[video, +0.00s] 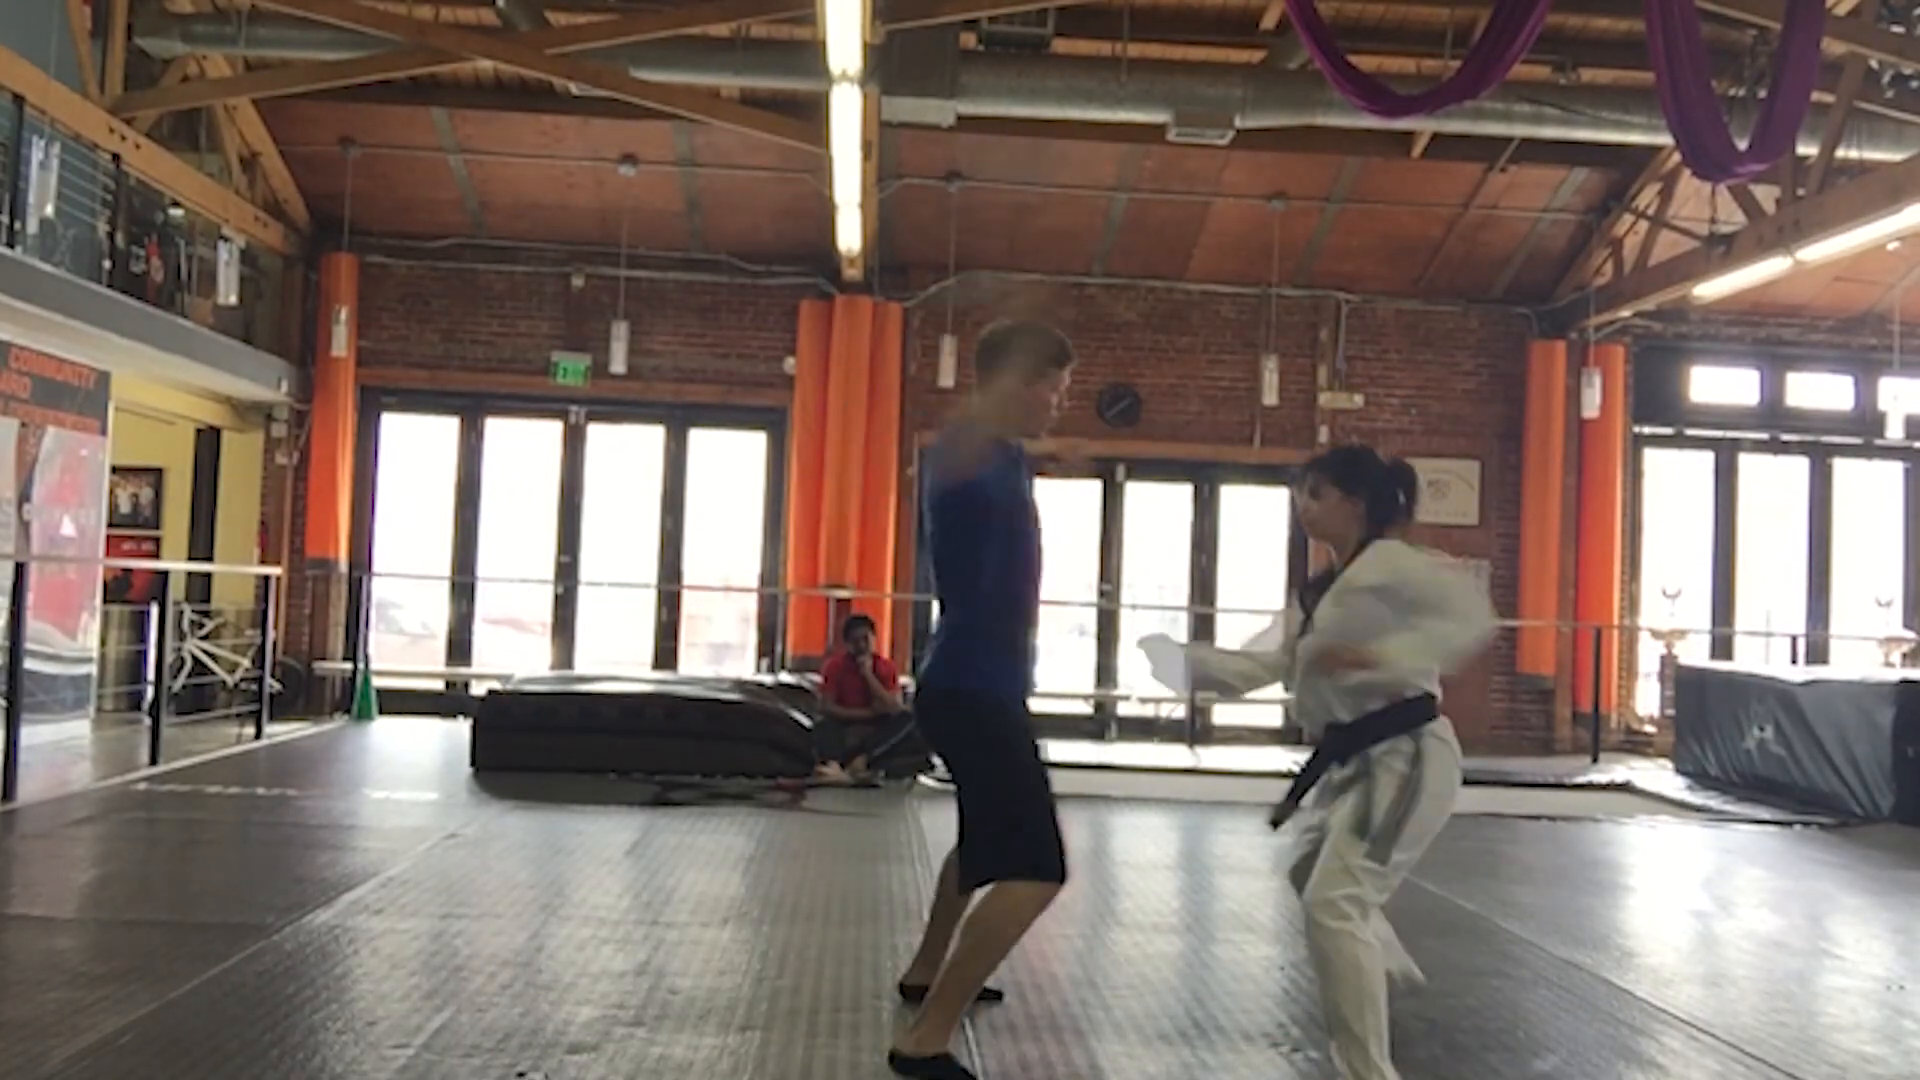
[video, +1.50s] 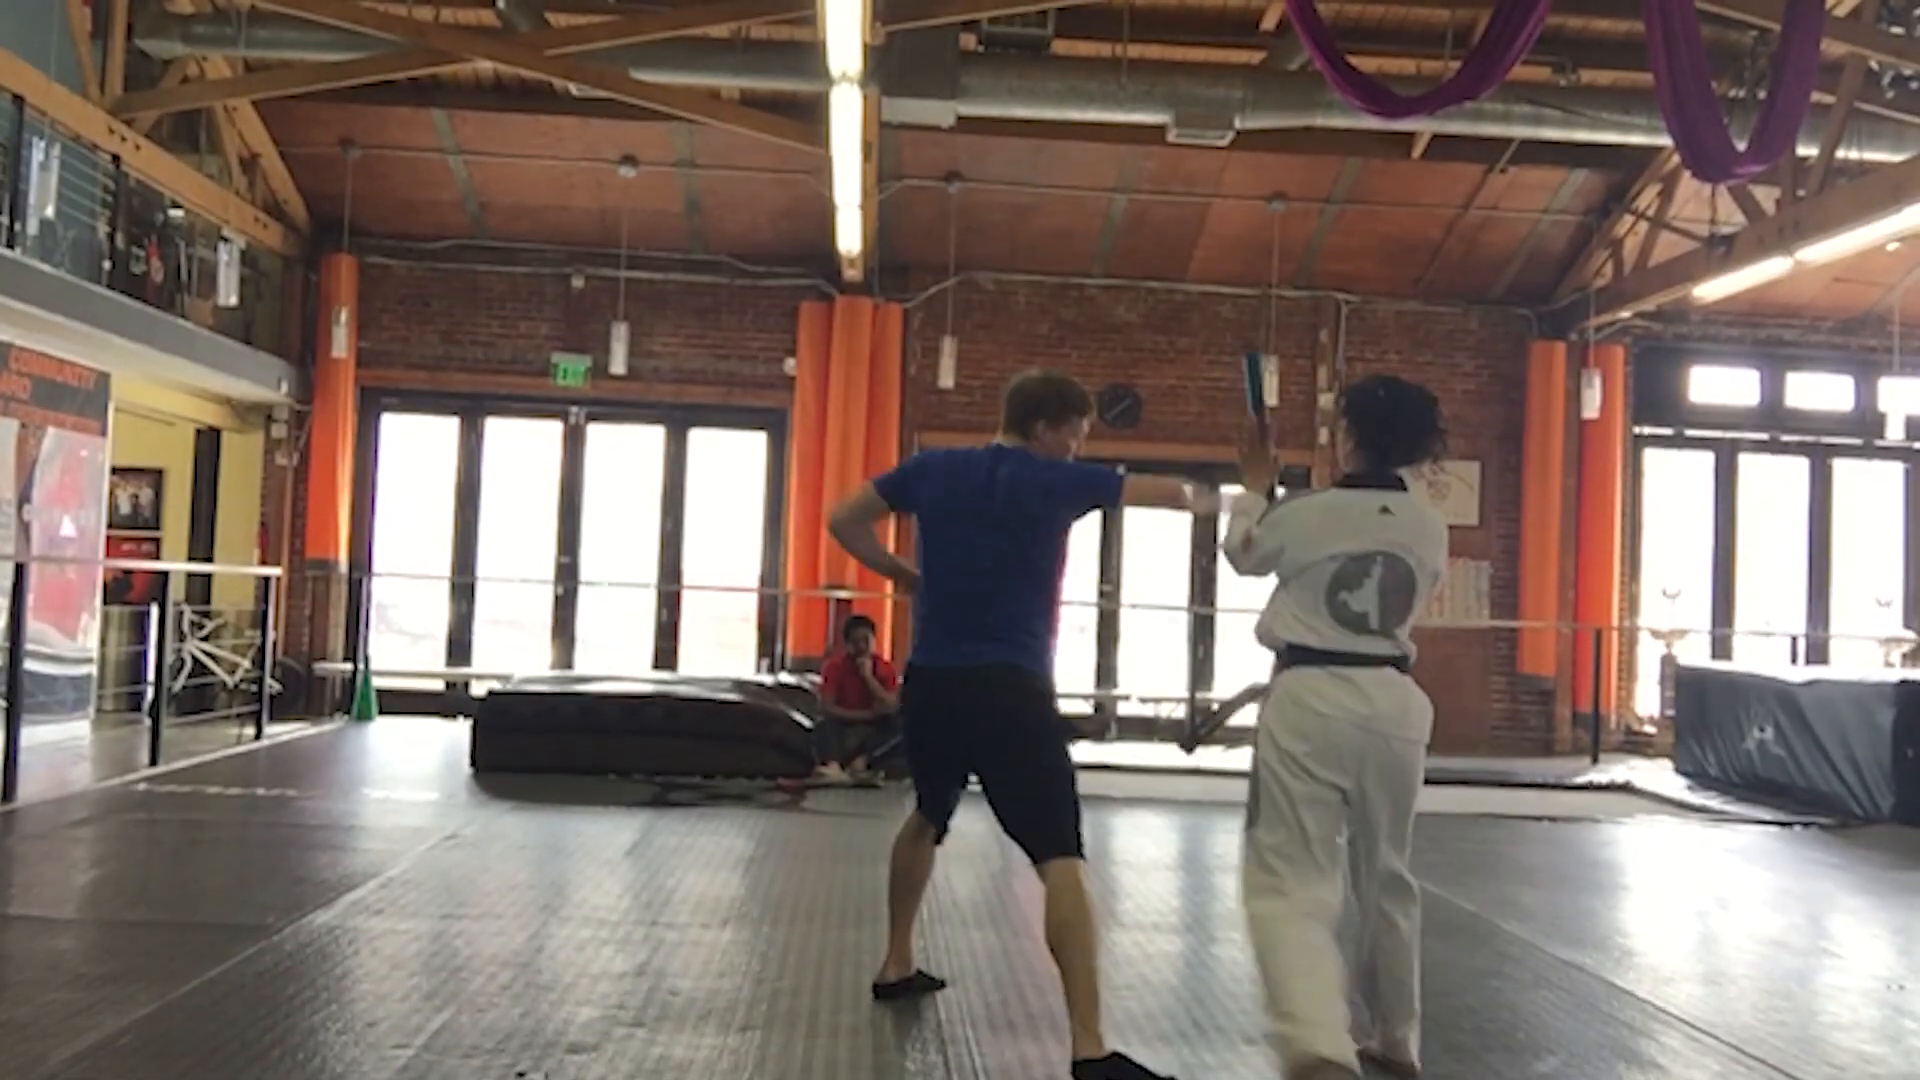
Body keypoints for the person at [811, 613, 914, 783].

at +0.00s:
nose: (861, 645)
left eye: (865, 639)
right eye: (855, 641)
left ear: (873, 639)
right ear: (847, 643)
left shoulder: (885, 667)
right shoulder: (834, 667)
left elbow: (894, 707)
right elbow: (826, 707)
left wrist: (868, 674)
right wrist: (870, 712)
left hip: (876, 721)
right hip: (843, 721)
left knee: (905, 720)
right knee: (823, 727)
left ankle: (864, 761)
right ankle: (833, 765)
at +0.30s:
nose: (861, 646)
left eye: (865, 639)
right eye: (855, 641)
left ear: (873, 639)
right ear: (846, 643)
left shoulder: (885, 666)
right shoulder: (834, 666)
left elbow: (888, 706)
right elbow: (827, 706)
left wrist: (868, 675)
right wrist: (869, 712)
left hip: (874, 721)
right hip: (842, 721)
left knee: (897, 727)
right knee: (824, 727)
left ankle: (862, 762)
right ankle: (832, 765)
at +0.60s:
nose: (861, 644)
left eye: (865, 638)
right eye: (856, 639)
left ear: (872, 638)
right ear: (847, 641)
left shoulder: (879, 665)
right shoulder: (834, 665)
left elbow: (886, 702)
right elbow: (827, 706)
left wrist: (868, 674)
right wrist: (868, 712)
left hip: (870, 719)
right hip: (841, 720)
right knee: (824, 726)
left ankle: (862, 762)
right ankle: (831, 765)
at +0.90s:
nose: (861, 646)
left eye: (865, 640)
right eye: (855, 642)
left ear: (873, 640)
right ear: (847, 644)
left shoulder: (879, 665)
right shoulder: (835, 666)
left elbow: (886, 702)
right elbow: (826, 707)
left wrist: (868, 675)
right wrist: (867, 714)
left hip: (870, 721)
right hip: (841, 721)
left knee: (889, 723)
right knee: (824, 725)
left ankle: (862, 762)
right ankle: (832, 764)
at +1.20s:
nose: (861, 645)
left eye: (865, 638)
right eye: (855, 640)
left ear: (873, 638)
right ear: (846, 641)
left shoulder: (885, 666)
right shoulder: (834, 665)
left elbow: (891, 703)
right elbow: (827, 706)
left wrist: (868, 674)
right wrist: (870, 711)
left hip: (874, 722)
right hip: (843, 722)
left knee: (896, 722)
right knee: (826, 723)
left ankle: (862, 760)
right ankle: (832, 763)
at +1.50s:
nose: (861, 647)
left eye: (865, 640)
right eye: (855, 642)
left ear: (873, 639)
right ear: (846, 643)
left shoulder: (884, 667)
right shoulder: (834, 666)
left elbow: (891, 705)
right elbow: (827, 708)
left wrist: (868, 677)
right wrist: (870, 713)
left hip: (874, 721)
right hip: (842, 721)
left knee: (897, 725)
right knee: (826, 725)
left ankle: (861, 763)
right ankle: (832, 765)